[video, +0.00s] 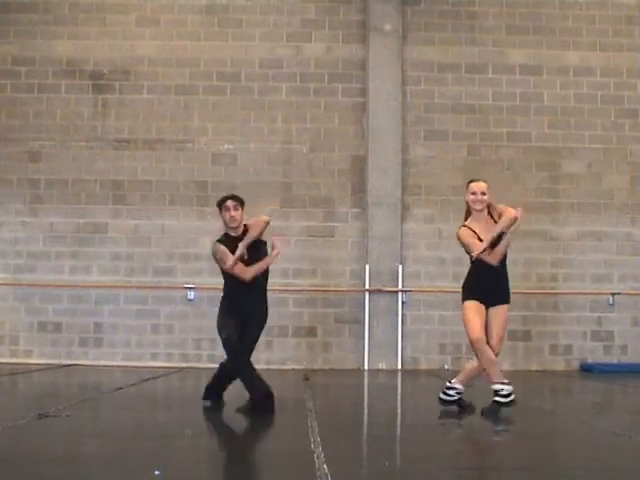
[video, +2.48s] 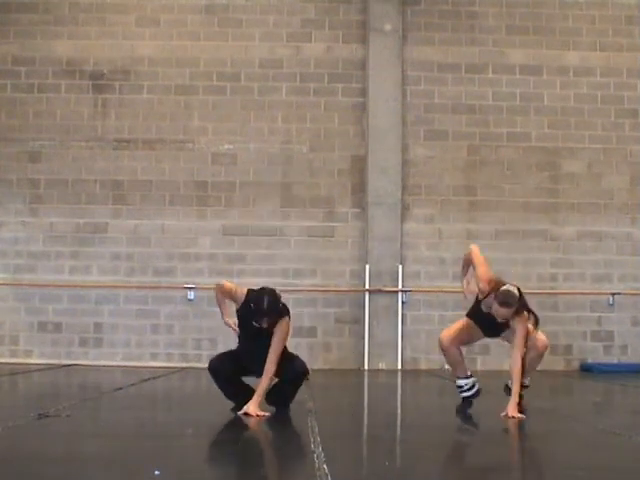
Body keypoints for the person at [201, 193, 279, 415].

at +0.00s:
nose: (232, 214)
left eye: (236, 209)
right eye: (226, 210)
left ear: (243, 212)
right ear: (221, 216)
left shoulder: (254, 229)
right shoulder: (220, 247)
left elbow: (263, 222)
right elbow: (245, 274)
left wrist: (240, 249)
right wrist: (273, 256)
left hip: (256, 309)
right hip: (230, 309)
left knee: (240, 358)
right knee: (236, 356)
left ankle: (213, 391)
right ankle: (262, 398)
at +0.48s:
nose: (272, 173)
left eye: (277, 169)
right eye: (267, 169)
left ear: (285, 174)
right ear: (261, 174)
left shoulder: (294, 198)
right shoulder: (250, 196)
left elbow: (319, 167)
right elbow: (225, 167)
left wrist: (341, 143)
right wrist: (202, 143)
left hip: (287, 281)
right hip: (257, 282)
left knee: (308, 341)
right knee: (241, 341)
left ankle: (335, 399)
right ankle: (225, 400)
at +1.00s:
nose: (288, 186)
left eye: (292, 182)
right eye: (283, 181)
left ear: (299, 186)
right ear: (275, 187)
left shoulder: (305, 213)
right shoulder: (264, 211)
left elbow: (311, 206)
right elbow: (267, 222)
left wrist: (288, 188)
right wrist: (283, 195)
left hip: (296, 293)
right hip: (265, 292)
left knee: (318, 347)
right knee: (242, 344)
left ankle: (333, 399)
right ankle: (222, 397)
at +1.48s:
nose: (285, 218)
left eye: (289, 214)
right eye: (279, 214)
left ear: (296, 219)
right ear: (272, 218)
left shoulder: (303, 249)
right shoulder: (257, 244)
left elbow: (290, 288)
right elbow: (262, 285)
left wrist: (281, 324)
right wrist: (269, 321)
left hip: (293, 312)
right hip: (260, 312)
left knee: (331, 349)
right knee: (225, 347)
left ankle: (336, 404)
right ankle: (214, 403)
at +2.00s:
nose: (280, 180)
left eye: (285, 176)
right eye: (276, 175)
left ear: (292, 174)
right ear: (268, 172)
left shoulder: (296, 194)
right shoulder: (255, 188)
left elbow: (283, 234)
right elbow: (246, 224)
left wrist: (264, 267)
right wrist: (253, 260)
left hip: (280, 269)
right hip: (253, 267)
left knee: (276, 333)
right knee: (253, 332)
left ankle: (270, 394)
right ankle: (255, 393)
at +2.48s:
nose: (265, 325)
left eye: (269, 321)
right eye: (261, 320)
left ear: (277, 314)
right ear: (252, 308)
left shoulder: (283, 319)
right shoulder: (244, 297)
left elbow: (271, 365)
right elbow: (220, 287)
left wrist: (255, 402)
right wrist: (226, 317)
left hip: (275, 358)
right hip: (247, 357)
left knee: (298, 370)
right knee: (217, 366)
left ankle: (278, 399)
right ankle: (245, 399)